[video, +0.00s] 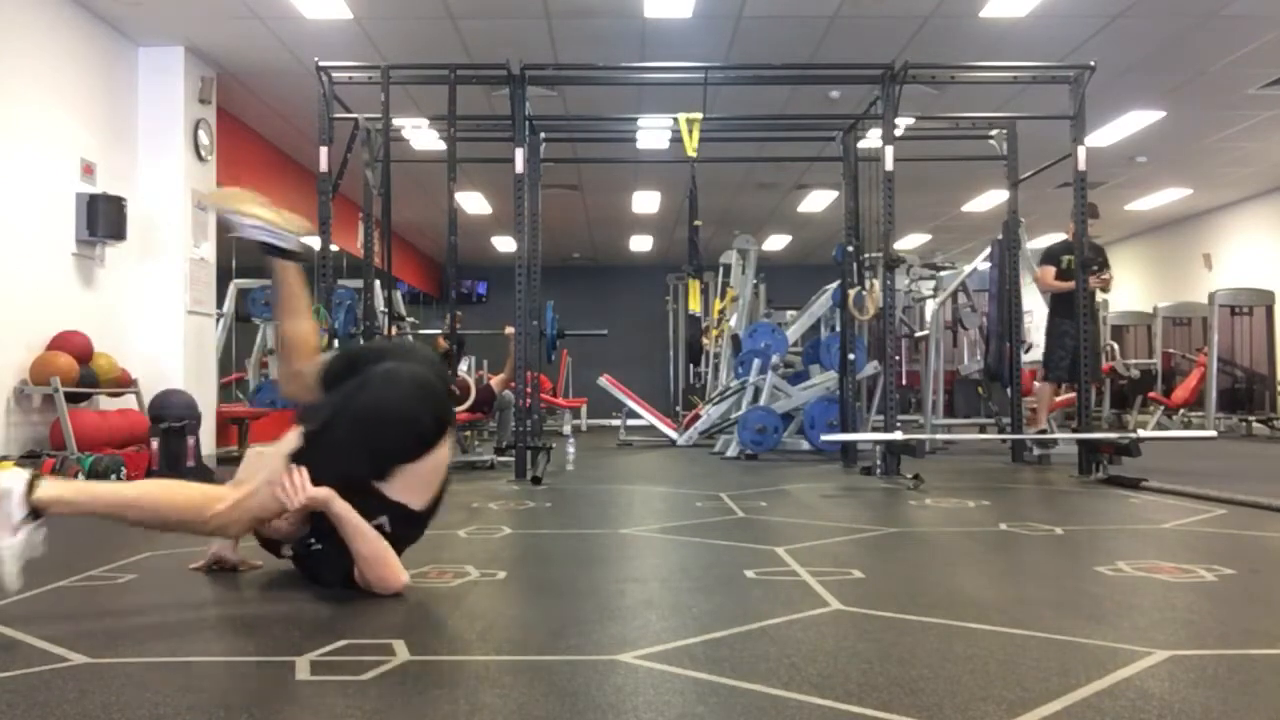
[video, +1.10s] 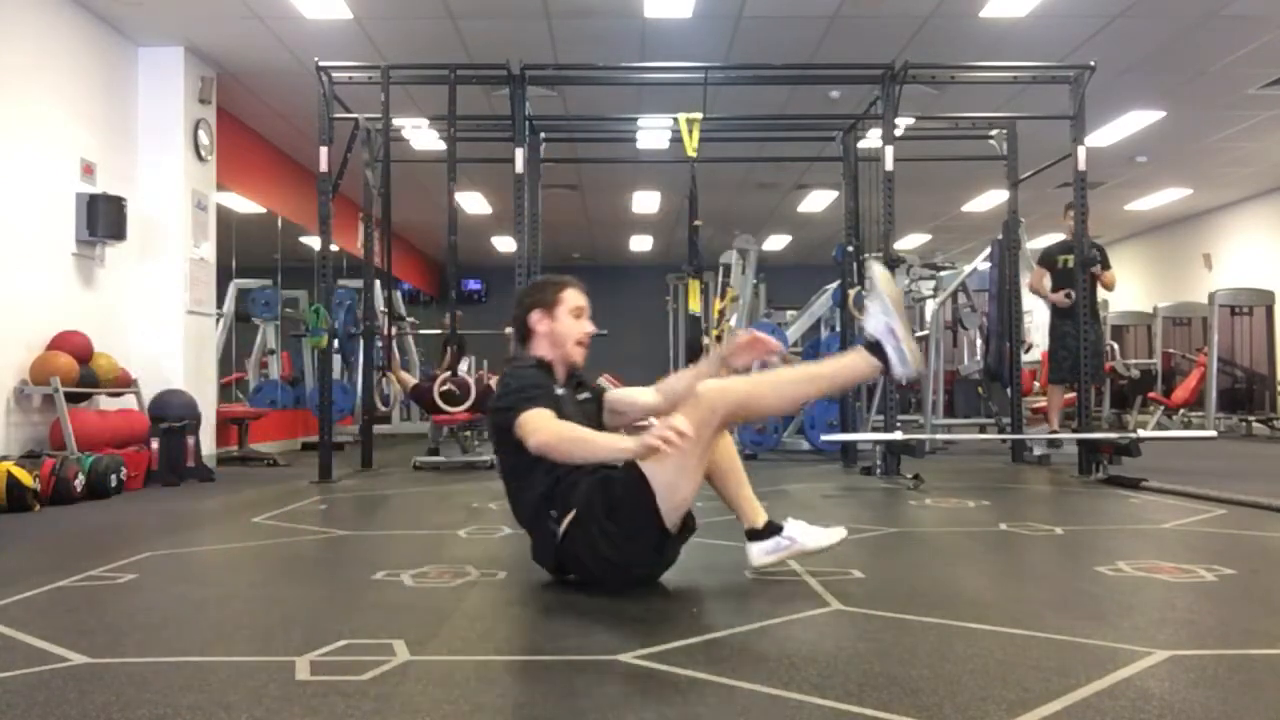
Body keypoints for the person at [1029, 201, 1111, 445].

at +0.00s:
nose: (1086, 228)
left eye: (1090, 224)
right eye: (1082, 223)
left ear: (1094, 225)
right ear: (1071, 223)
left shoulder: (1097, 252)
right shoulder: (1055, 251)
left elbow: (1106, 282)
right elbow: (1045, 283)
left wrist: (1103, 281)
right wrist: (1080, 283)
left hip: (1088, 319)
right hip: (1062, 319)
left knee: (1088, 374)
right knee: (1053, 374)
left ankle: (1085, 423)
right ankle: (1041, 424)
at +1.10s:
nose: (1078, 222)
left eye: (1082, 217)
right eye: (1073, 217)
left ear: (1088, 220)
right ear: (1065, 220)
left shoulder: (1097, 250)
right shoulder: (1052, 251)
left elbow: (1111, 285)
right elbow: (1034, 283)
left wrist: (1100, 274)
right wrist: (1051, 297)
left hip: (1090, 320)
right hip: (1063, 321)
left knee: (1090, 376)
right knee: (1058, 376)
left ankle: (1087, 425)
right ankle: (1054, 428)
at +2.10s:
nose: (1081, 223)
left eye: (1085, 218)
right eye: (1076, 219)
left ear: (1089, 220)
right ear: (1065, 221)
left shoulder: (1091, 250)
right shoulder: (1051, 252)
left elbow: (1111, 277)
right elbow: (1038, 281)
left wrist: (1096, 255)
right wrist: (1068, 266)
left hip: (1089, 320)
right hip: (1062, 320)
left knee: (1089, 376)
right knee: (1058, 377)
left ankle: (1087, 424)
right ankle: (1054, 428)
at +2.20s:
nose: (1080, 223)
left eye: (1083, 218)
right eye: (1075, 218)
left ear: (1088, 221)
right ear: (1065, 221)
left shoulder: (1090, 251)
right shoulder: (1052, 252)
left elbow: (1111, 276)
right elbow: (1048, 280)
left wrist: (1096, 253)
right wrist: (1074, 258)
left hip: (1088, 319)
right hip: (1062, 319)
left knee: (1089, 375)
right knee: (1058, 376)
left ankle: (1087, 423)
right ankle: (1054, 428)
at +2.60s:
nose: (1080, 226)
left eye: (1084, 222)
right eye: (1075, 221)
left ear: (1088, 225)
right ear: (1065, 224)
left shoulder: (1090, 252)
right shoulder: (1052, 251)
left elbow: (1117, 271)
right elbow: (1053, 271)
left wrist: (1102, 246)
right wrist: (1069, 242)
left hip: (1089, 321)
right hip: (1063, 321)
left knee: (1088, 377)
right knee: (1058, 378)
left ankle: (1086, 424)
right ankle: (1054, 428)